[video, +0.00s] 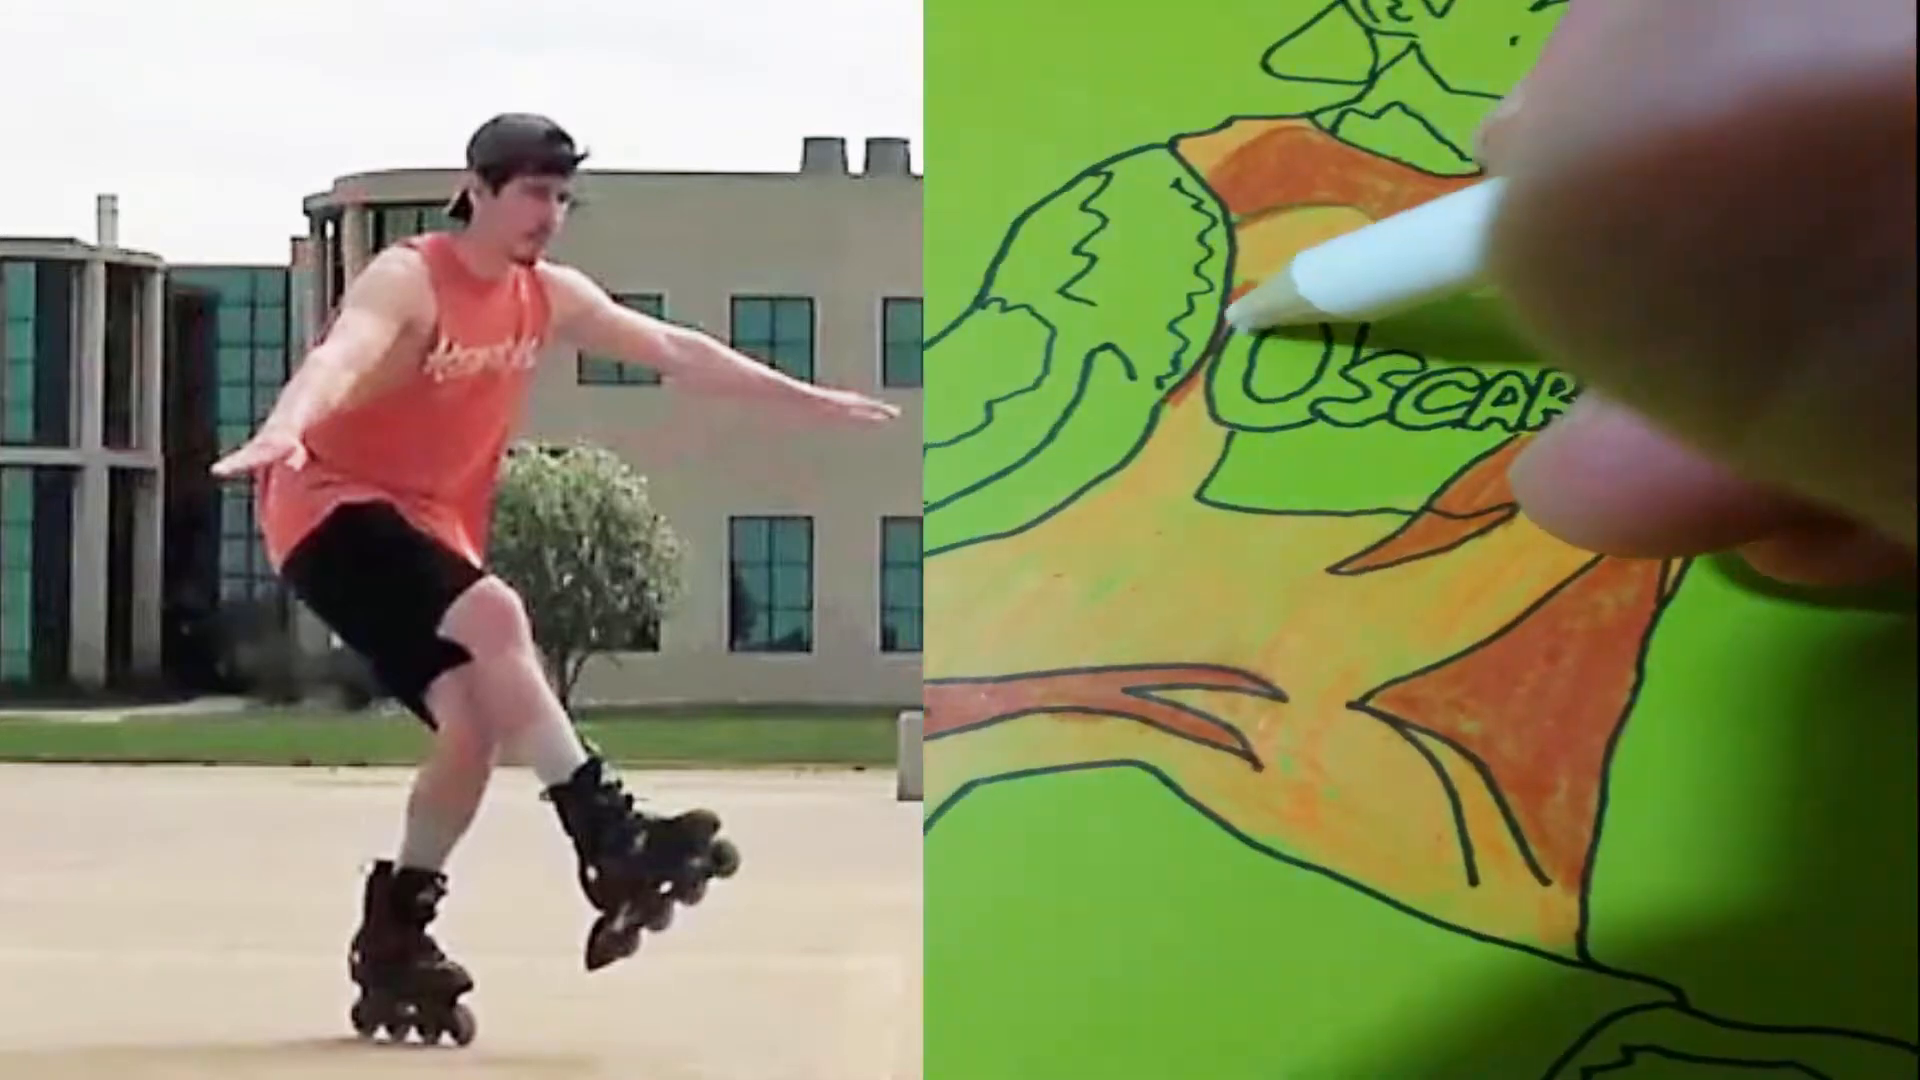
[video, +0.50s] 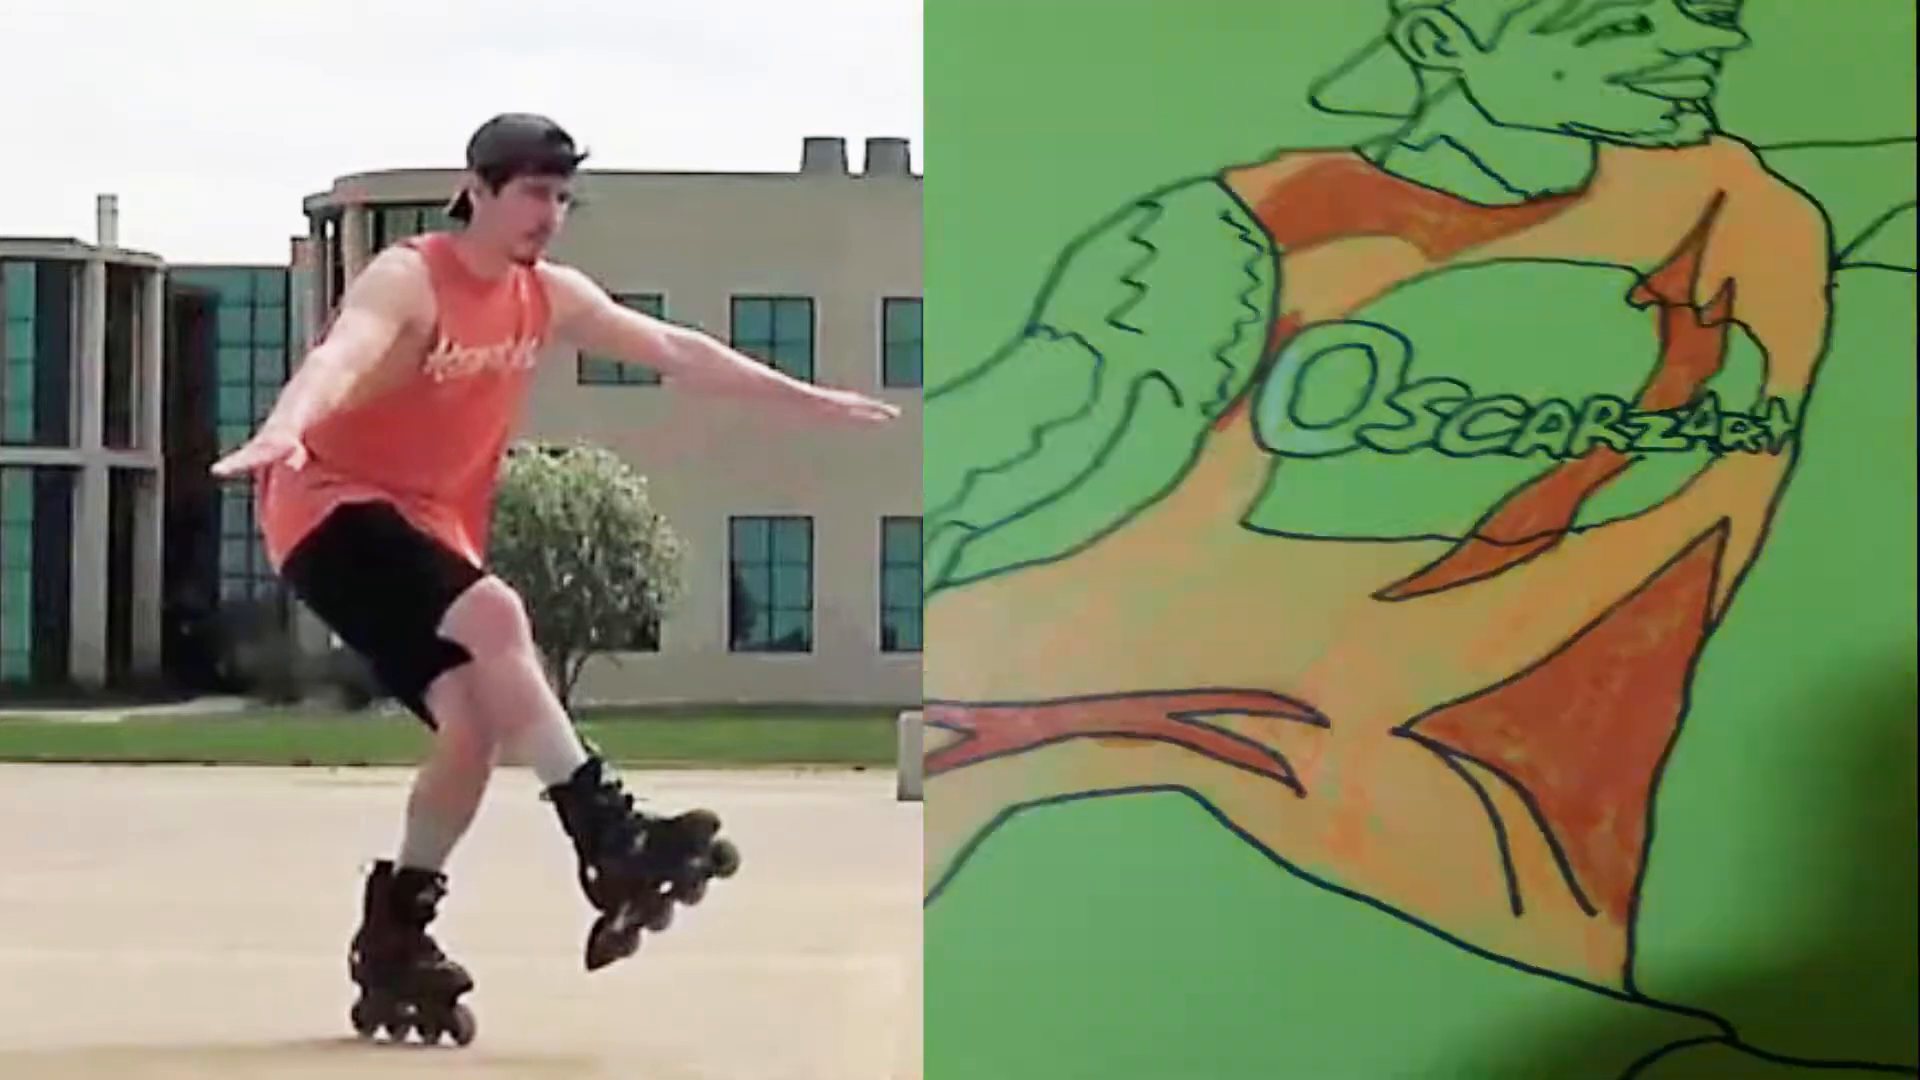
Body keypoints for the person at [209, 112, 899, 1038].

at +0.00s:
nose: (551, 214)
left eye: (561, 198)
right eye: (535, 195)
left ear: (562, 203)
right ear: (476, 191)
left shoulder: (551, 293)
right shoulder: (408, 274)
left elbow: (674, 349)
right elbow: (342, 355)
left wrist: (811, 399)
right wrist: (283, 428)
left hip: (436, 530)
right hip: (335, 505)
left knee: (477, 726)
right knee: (492, 616)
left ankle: (393, 935)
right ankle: (610, 840)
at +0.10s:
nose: (551, 214)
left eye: (561, 198)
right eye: (535, 195)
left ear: (563, 203)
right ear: (476, 191)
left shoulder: (551, 293)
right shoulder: (408, 274)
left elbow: (674, 350)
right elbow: (342, 356)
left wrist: (811, 399)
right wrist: (283, 428)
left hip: (437, 530)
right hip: (335, 505)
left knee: (477, 726)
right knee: (492, 616)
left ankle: (393, 936)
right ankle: (610, 840)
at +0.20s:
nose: (551, 214)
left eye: (561, 198)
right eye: (535, 195)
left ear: (563, 203)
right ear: (476, 191)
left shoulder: (552, 293)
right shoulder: (408, 274)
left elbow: (675, 350)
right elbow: (342, 356)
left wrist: (812, 399)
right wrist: (283, 429)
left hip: (436, 530)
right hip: (334, 505)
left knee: (477, 726)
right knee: (492, 616)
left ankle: (393, 935)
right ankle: (609, 840)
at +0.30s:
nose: (551, 215)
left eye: (561, 199)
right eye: (535, 195)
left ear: (563, 203)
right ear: (475, 191)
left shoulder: (551, 293)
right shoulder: (409, 274)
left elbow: (674, 350)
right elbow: (342, 356)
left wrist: (812, 400)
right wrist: (283, 429)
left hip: (437, 530)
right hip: (334, 505)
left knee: (477, 726)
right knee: (492, 616)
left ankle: (393, 935)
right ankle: (609, 839)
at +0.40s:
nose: (551, 214)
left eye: (561, 199)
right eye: (535, 195)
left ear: (563, 203)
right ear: (476, 191)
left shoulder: (551, 293)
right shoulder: (408, 274)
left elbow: (674, 350)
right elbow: (342, 356)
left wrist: (811, 399)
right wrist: (283, 428)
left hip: (436, 530)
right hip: (334, 505)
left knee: (477, 725)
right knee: (492, 616)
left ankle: (394, 935)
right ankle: (610, 840)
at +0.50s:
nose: (551, 215)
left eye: (561, 199)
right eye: (535, 195)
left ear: (562, 203)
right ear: (476, 191)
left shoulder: (551, 293)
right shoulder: (408, 275)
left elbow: (673, 350)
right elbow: (342, 356)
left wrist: (810, 399)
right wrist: (284, 427)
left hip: (436, 530)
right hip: (334, 505)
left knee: (477, 725)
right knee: (492, 616)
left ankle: (393, 938)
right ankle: (610, 841)